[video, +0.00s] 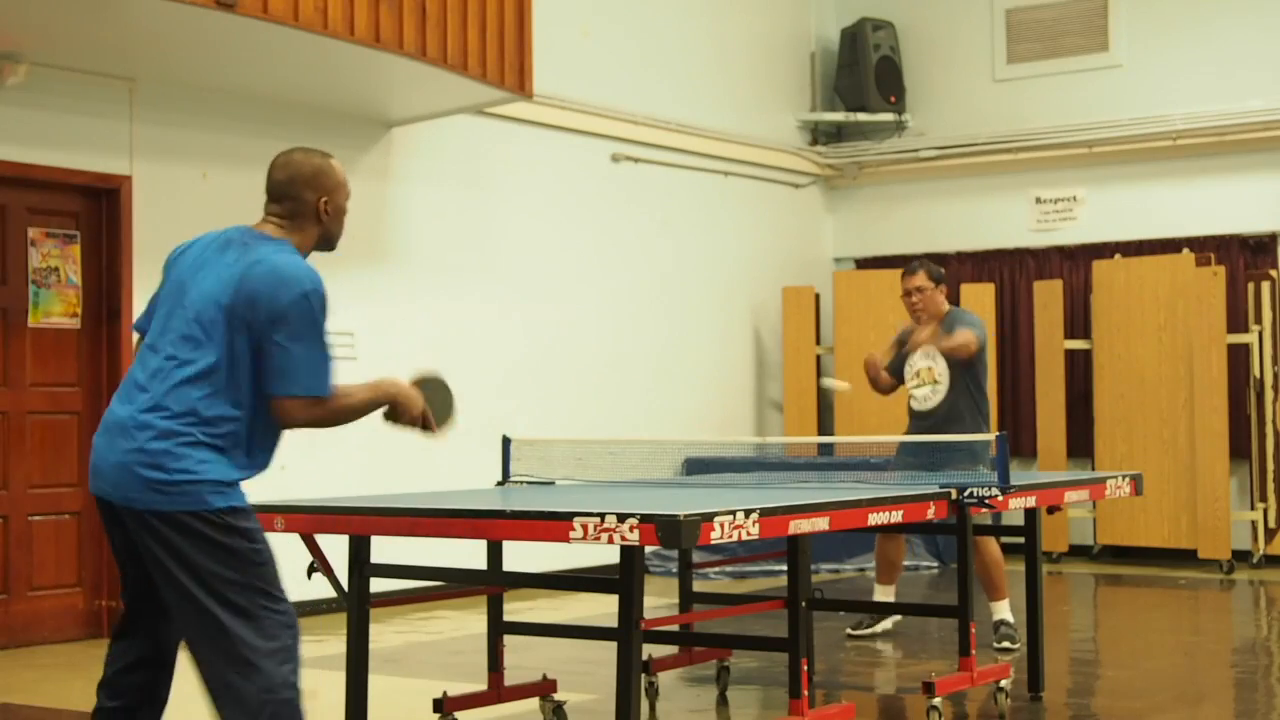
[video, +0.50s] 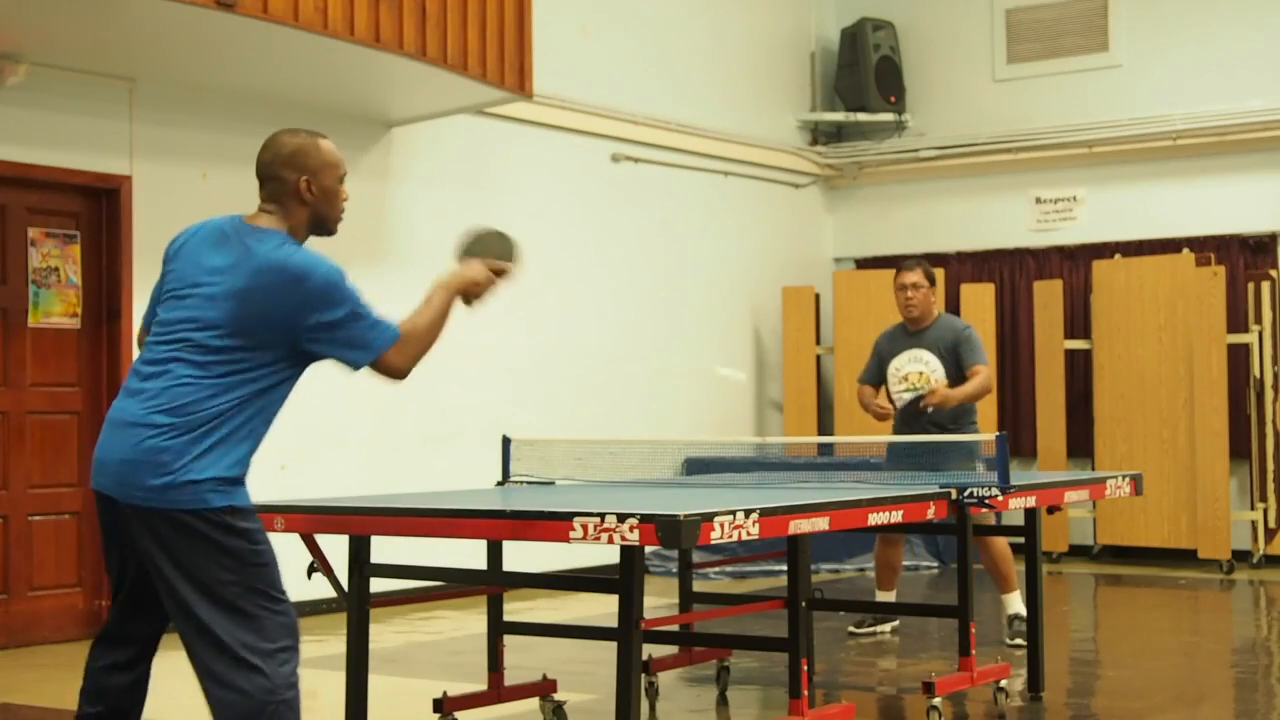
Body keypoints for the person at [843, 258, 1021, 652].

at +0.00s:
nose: (912, 300)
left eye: (919, 292)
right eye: (907, 294)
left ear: (941, 291)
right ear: (903, 298)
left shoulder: (965, 321)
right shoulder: (909, 335)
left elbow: (965, 346)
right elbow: (886, 386)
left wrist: (931, 343)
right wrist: (874, 369)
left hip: (964, 445)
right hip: (917, 445)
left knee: (977, 529)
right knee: (890, 521)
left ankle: (1003, 618)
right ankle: (884, 607)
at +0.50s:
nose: (908, 296)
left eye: (916, 288)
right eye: (901, 289)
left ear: (934, 291)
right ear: (895, 295)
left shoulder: (959, 333)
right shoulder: (888, 341)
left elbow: (984, 380)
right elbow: (866, 387)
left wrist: (951, 395)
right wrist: (872, 404)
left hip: (956, 448)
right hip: (905, 449)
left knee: (983, 525)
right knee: (890, 526)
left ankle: (1016, 613)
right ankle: (884, 612)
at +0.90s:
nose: (936, 302)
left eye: (943, 294)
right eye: (930, 296)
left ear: (965, 294)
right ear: (926, 300)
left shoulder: (985, 328)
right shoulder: (927, 341)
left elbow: (994, 350)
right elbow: (911, 383)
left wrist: (952, 345)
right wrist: (899, 380)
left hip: (980, 447)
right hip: (934, 445)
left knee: (987, 529)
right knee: (906, 521)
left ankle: (1016, 614)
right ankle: (885, 605)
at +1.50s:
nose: (947, 297)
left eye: (955, 290)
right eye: (941, 291)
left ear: (974, 291)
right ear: (935, 295)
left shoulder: (1000, 334)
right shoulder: (930, 338)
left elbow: (1020, 384)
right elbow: (908, 387)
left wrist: (975, 401)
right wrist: (907, 402)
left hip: (982, 449)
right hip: (933, 449)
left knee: (996, 528)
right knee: (914, 524)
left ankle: (1016, 615)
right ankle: (904, 609)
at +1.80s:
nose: (943, 303)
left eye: (950, 294)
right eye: (938, 297)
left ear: (972, 294)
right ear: (935, 299)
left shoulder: (995, 327)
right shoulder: (940, 337)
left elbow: (994, 353)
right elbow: (912, 384)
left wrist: (946, 353)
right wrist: (902, 371)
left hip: (983, 447)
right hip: (937, 446)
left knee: (992, 528)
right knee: (912, 519)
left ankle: (1016, 614)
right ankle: (900, 606)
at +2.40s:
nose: (939, 299)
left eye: (947, 291)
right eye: (933, 292)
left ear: (965, 294)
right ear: (926, 298)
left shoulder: (988, 336)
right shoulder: (917, 339)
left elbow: (1014, 382)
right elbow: (891, 384)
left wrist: (974, 399)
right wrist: (895, 396)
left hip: (977, 450)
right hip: (925, 450)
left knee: (997, 526)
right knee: (910, 525)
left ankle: (1025, 611)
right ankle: (904, 610)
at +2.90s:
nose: (925, 307)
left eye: (932, 298)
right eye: (920, 301)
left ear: (955, 301)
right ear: (917, 307)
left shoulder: (983, 344)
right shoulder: (925, 346)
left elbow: (987, 403)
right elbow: (910, 392)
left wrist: (945, 442)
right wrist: (891, 393)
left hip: (980, 457)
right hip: (935, 455)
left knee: (998, 531)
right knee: (909, 520)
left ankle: (1025, 614)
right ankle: (910, 610)